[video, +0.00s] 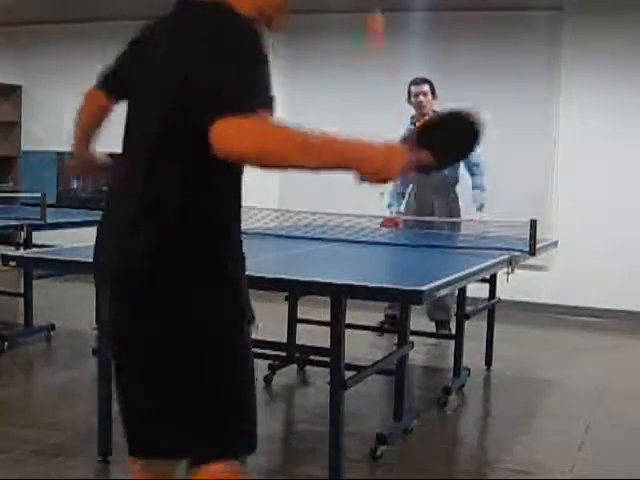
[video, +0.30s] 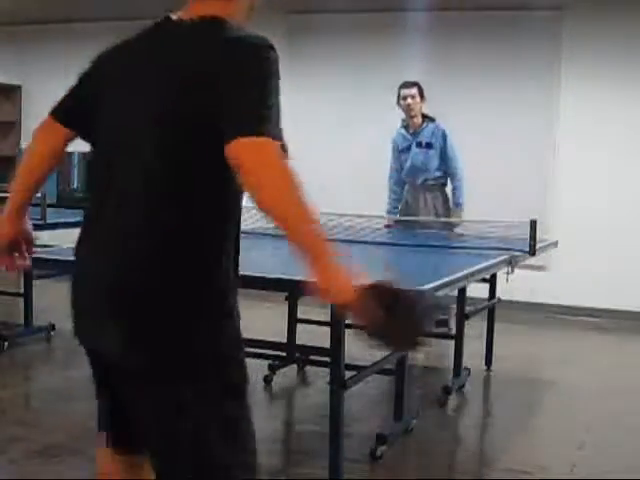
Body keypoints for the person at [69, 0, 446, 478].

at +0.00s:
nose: (290, 8)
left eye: (290, 2)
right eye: (287, 0)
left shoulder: (163, 29)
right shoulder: (231, 34)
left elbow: (96, 100)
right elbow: (235, 135)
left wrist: (80, 154)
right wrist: (360, 154)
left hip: (127, 267)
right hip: (194, 273)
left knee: (149, 446)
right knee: (221, 449)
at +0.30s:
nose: (252, 6)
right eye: (251, 2)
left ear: (187, 1)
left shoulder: (123, 55)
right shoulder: (242, 52)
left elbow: (53, 132)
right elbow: (252, 154)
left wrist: (12, 209)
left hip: (101, 304)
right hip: (183, 314)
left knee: (122, 446)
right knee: (217, 462)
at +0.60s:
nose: (177, 12)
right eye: (178, 7)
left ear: (109, 7)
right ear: (169, 7)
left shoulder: (46, 74)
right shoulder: (182, 75)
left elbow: (5, 163)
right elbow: (201, 177)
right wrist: (209, 266)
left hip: (51, 293)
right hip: (139, 299)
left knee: (35, 433)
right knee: (161, 458)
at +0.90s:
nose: (114, 7)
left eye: (110, 6)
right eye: (114, 5)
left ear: (55, 1)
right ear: (108, 3)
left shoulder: (10, 42)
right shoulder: (129, 51)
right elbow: (154, 136)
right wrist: (165, 216)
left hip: (13, 247)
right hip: (96, 249)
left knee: (11, 399)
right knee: (108, 406)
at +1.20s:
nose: (101, 12)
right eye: (102, 8)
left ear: (40, 8)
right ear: (97, 8)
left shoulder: (8, 64)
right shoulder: (125, 74)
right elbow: (153, 162)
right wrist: (145, 221)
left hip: (10, 262)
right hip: (85, 266)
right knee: (84, 415)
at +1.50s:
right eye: (44, 38)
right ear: (42, 41)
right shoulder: (71, 108)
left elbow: (109, 191)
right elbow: (112, 191)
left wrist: (90, 205)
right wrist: (85, 207)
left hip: (5, 278)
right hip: (50, 278)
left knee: (62, 399)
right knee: (62, 397)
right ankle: (76, 474)